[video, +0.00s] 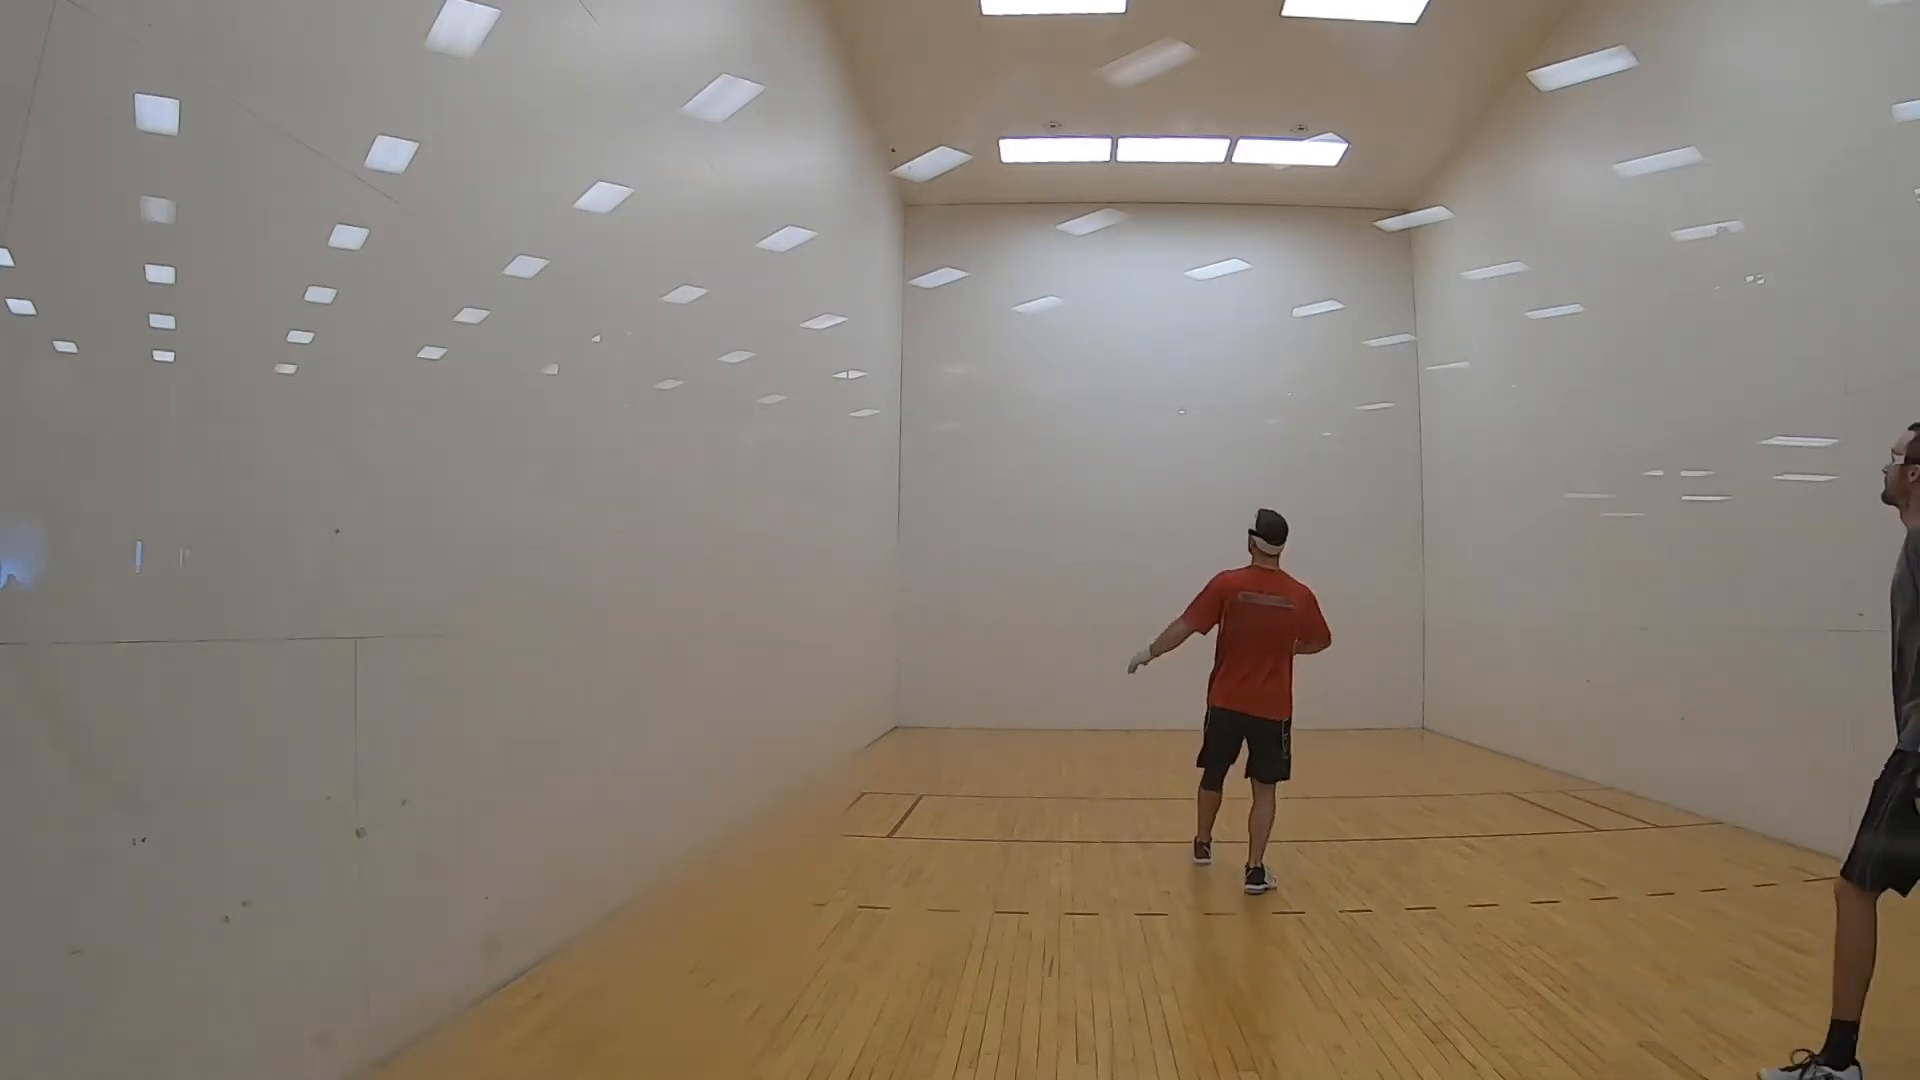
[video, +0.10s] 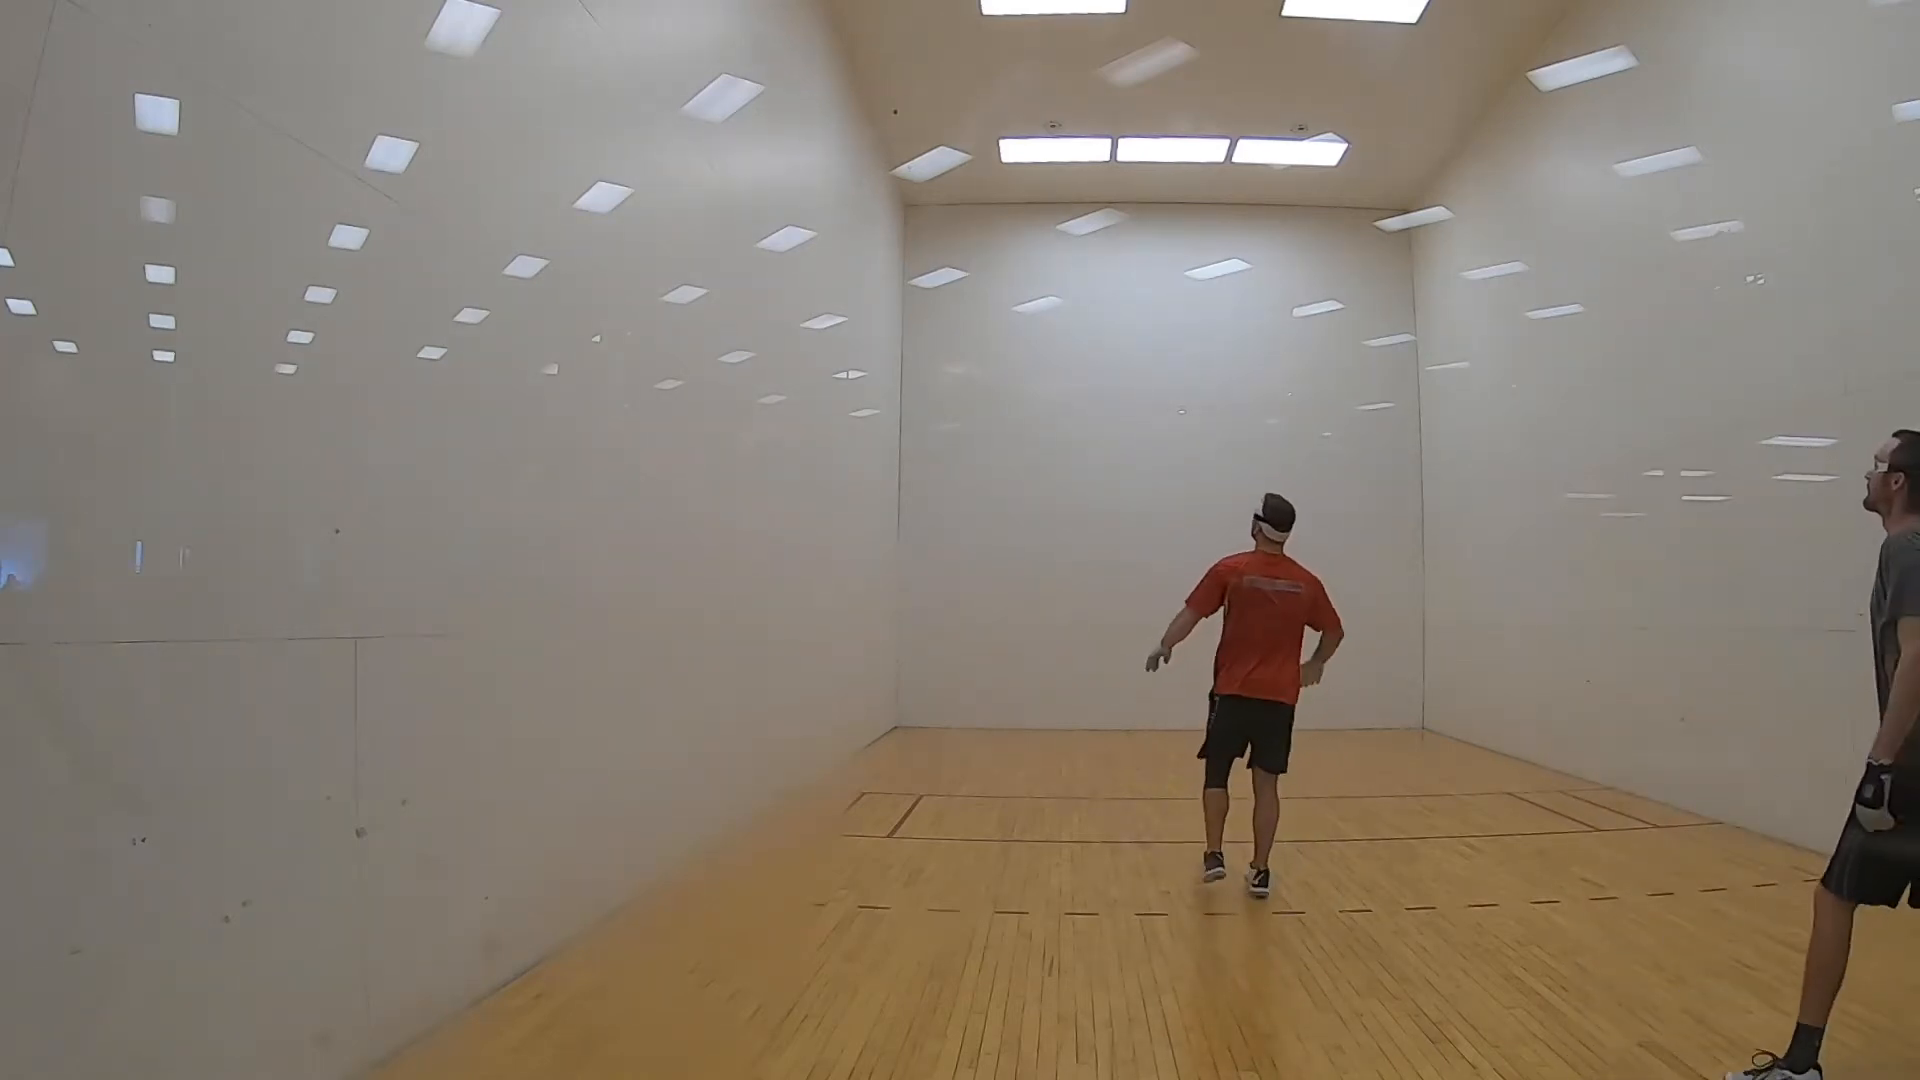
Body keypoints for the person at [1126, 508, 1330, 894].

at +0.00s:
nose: (1248, 541)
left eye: (1249, 536)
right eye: (1257, 537)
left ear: (1252, 541)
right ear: (1283, 545)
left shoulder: (1226, 583)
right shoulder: (1300, 595)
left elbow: (1186, 626)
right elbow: (1320, 641)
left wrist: (1149, 652)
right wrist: (1284, 644)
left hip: (1226, 701)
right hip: (1272, 708)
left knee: (1213, 774)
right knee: (1264, 789)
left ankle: (1203, 843)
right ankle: (1255, 869)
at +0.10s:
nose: (1255, 527)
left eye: (1256, 522)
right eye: (1262, 524)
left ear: (1256, 528)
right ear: (1289, 533)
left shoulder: (1230, 569)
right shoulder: (1307, 582)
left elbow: (1192, 612)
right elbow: (1334, 629)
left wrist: (1166, 644)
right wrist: (1318, 662)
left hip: (1232, 695)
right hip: (1279, 699)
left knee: (1216, 776)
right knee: (1267, 782)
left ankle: (1214, 856)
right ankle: (1260, 871)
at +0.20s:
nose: (1256, 532)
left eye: (1258, 528)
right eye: (1265, 528)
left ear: (1261, 533)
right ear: (1295, 540)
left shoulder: (1233, 579)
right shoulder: (1314, 589)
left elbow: (1195, 623)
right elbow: (1349, 634)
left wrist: (1178, 650)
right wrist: (1339, 675)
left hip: (1238, 708)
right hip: (1287, 712)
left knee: (1216, 787)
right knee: (1266, 793)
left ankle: (1222, 874)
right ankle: (1268, 885)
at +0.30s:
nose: (1258, 548)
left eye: (1260, 543)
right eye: (1267, 544)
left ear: (1262, 549)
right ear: (1298, 554)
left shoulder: (1238, 597)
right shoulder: (1319, 603)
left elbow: (1199, 656)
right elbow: (1358, 650)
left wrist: (1199, 661)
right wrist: (1351, 695)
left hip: (1245, 729)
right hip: (1294, 731)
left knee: (1224, 817)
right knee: (1265, 799)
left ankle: (1228, 912)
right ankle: (1265, 884)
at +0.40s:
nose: (1264, 548)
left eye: (1266, 543)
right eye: (1272, 544)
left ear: (1268, 549)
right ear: (1305, 555)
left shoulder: (1243, 598)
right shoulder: (1329, 606)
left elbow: (1213, 654)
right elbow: (1362, 663)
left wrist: (1214, 681)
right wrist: (1349, 702)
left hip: (1255, 735)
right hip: (1308, 738)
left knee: (1230, 824)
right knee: (1285, 806)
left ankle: (1234, 930)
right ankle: (1272, 884)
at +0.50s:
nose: (1281, 527)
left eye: (1283, 522)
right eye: (1290, 523)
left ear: (1286, 528)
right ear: (1324, 534)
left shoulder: (1259, 579)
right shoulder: (1348, 587)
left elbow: (1227, 639)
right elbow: (1376, 648)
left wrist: (1223, 678)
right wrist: (1347, 687)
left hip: (1274, 722)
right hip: (1330, 722)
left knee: (1252, 819)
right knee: (1319, 807)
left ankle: (1236, 929)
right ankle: (1317, 905)